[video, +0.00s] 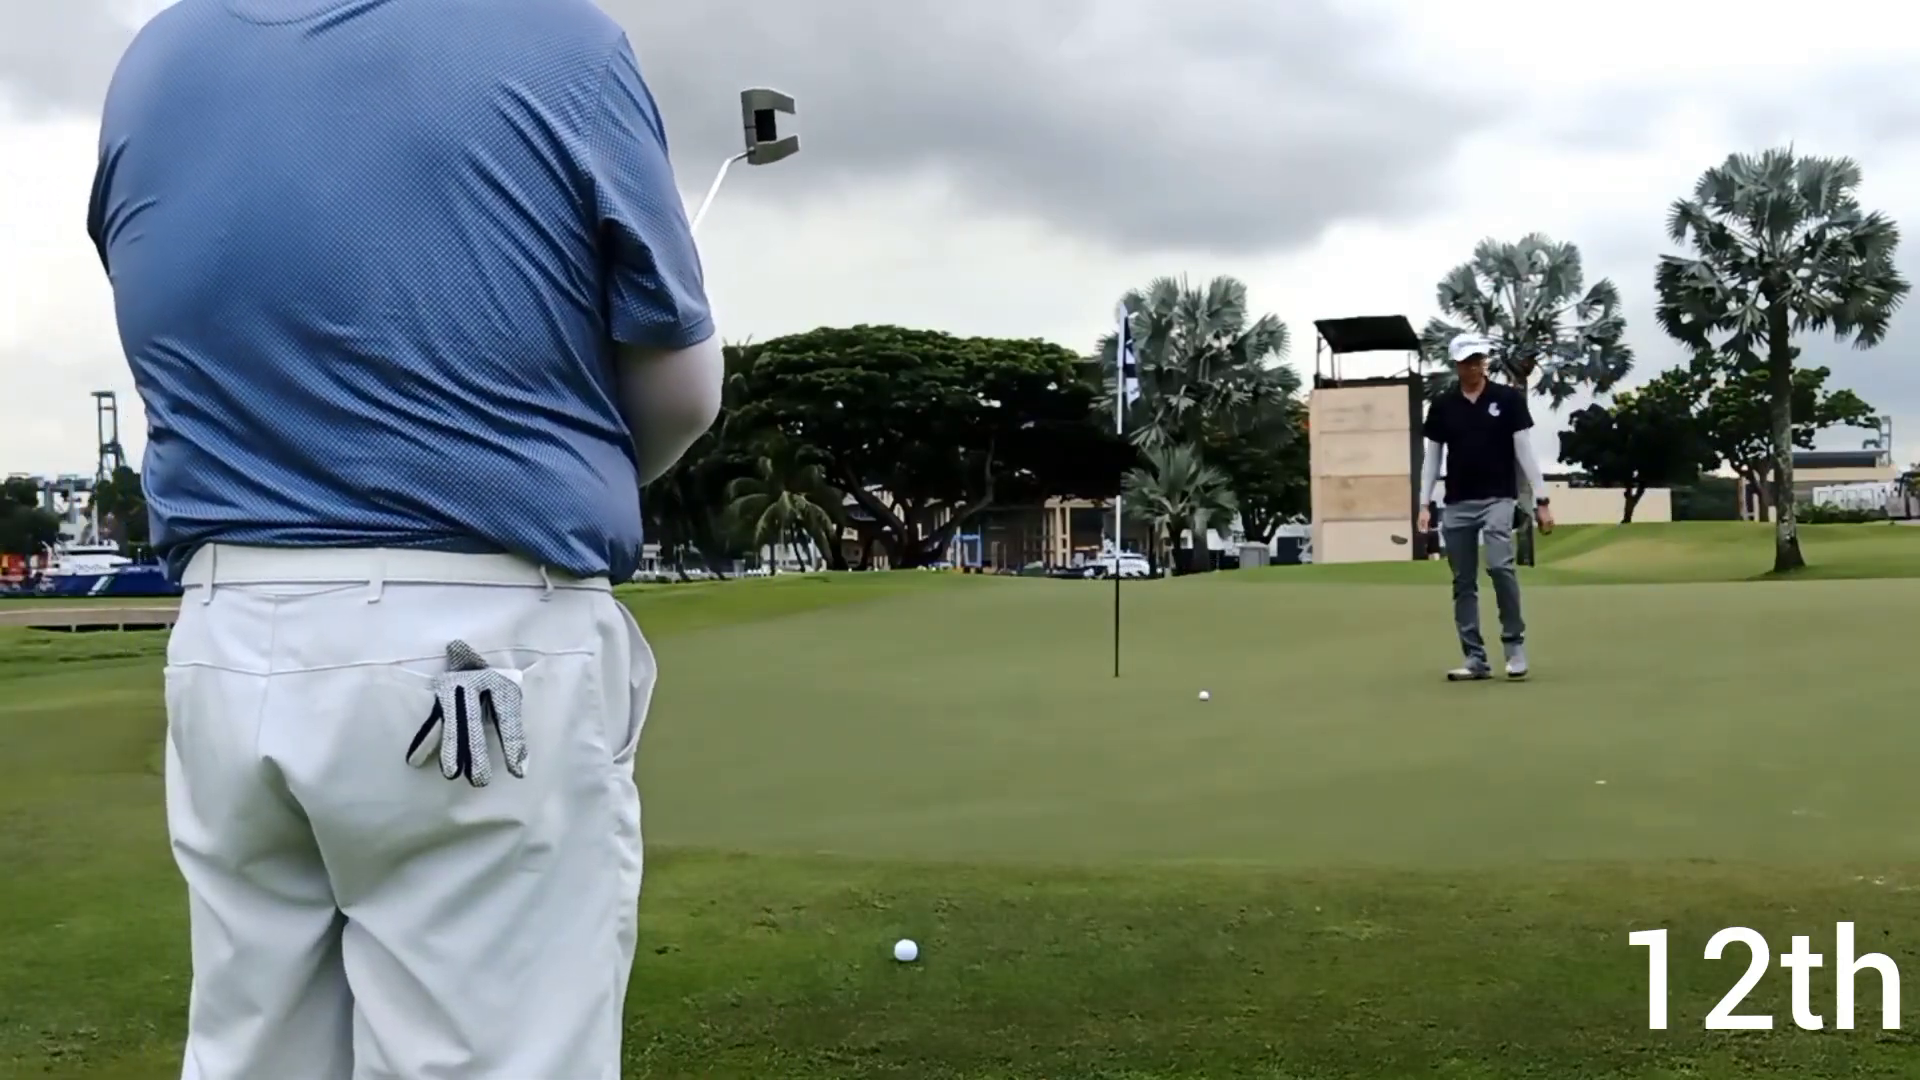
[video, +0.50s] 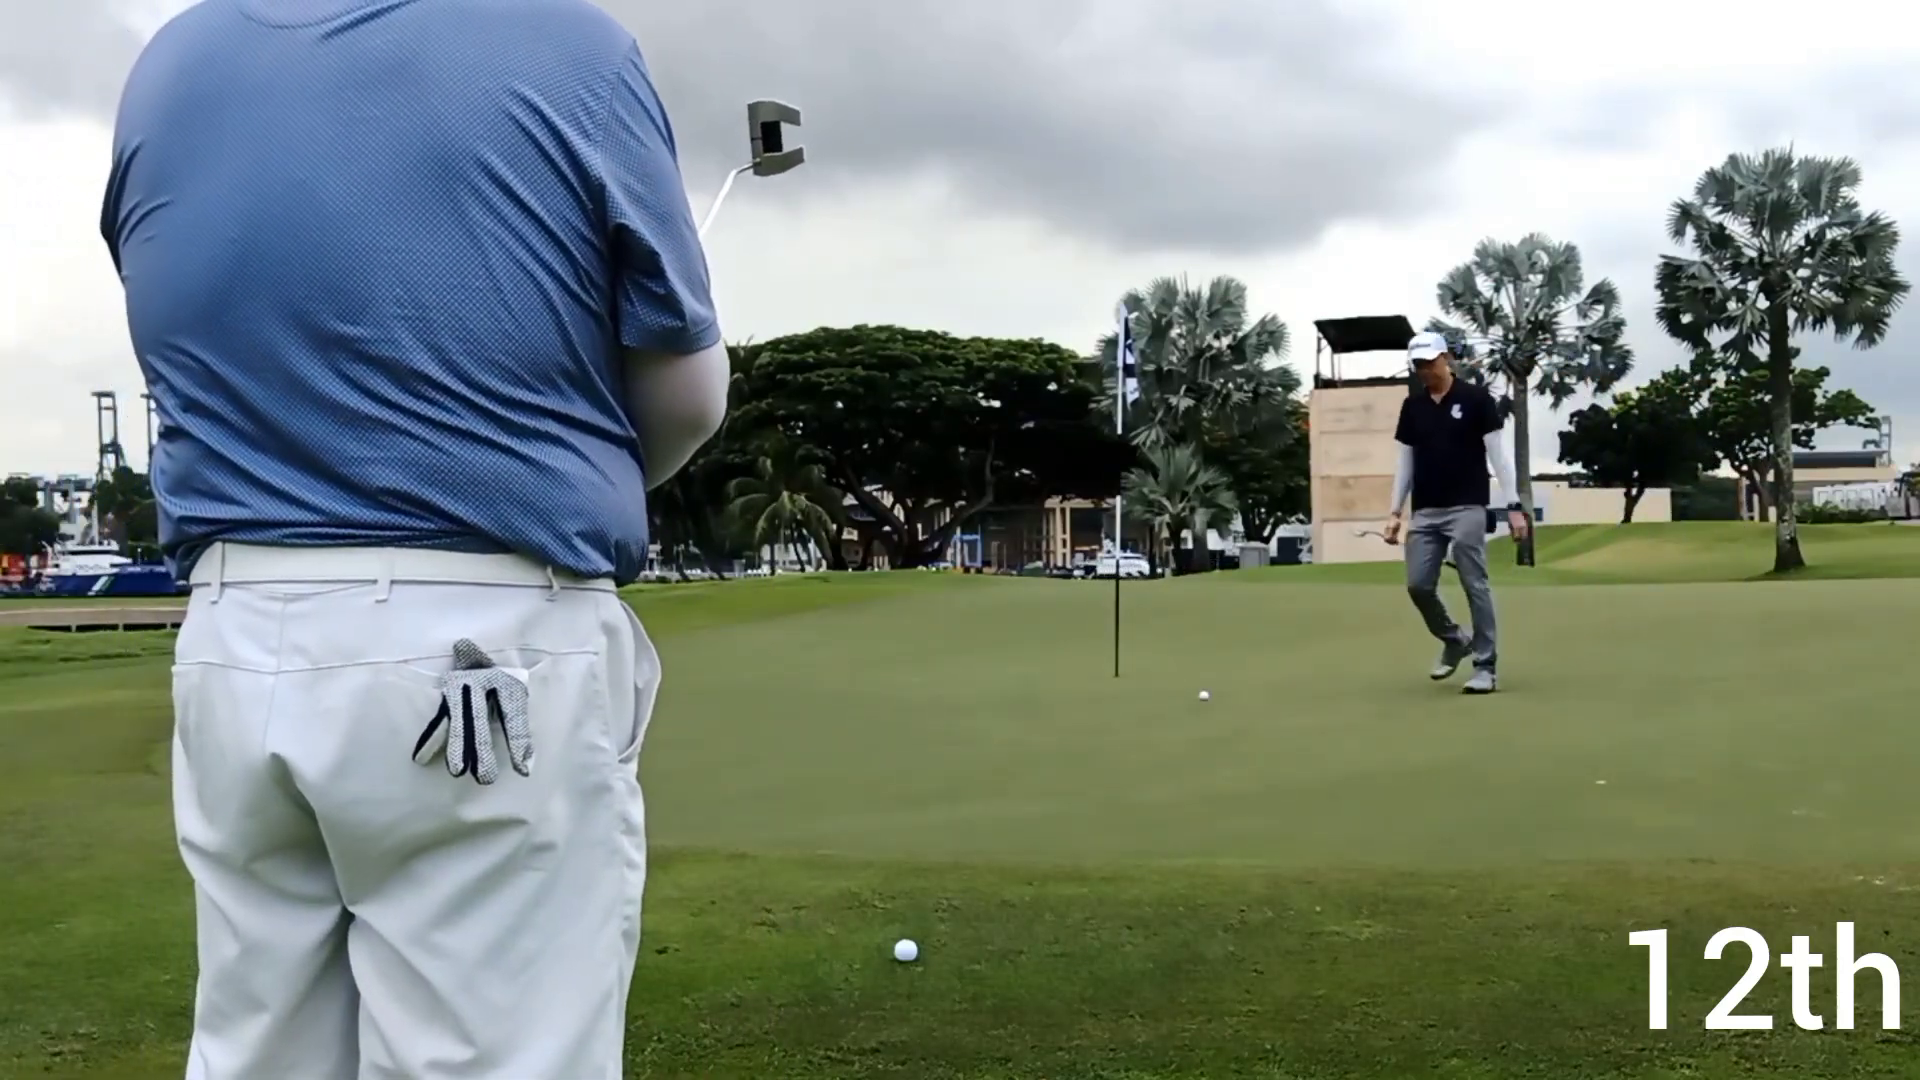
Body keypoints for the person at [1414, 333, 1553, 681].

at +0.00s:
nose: (1474, 367)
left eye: (1478, 359)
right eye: (1467, 361)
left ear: (1486, 361)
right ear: (1455, 365)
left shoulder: (1508, 399)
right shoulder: (1442, 406)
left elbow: (1526, 451)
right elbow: (1432, 460)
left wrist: (1541, 498)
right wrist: (1425, 505)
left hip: (1498, 502)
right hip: (1457, 506)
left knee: (1500, 568)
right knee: (1463, 584)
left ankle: (1514, 646)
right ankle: (1474, 658)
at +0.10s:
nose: (1461, 369)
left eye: (1465, 362)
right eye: (1454, 364)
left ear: (1477, 363)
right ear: (1445, 368)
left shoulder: (1502, 402)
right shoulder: (1435, 409)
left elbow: (1527, 450)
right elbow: (1421, 457)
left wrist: (1551, 497)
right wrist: (1409, 500)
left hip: (1492, 504)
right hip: (1451, 508)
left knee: (1493, 567)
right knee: (1460, 586)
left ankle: (1501, 654)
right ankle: (1474, 658)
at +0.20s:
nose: (1450, 375)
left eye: (1455, 367)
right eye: (1444, 370)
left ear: (1469, 365)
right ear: (1437, 373)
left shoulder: (1497, 404)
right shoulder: (1430, 412)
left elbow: (1526, 450)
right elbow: (1415, 458)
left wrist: (1553, 496)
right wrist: (1397, 500)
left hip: (1485, 509)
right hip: (1445, 513)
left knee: (1491, 575)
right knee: (1456, 589)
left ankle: (1492, 654)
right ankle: (1473, 657)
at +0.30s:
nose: (1444, 376)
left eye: (1449, 368)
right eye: (1438, 371)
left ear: (1465, 367)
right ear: (1432, 374)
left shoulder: (1493, 406)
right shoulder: (1425, 414)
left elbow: (1522, 455)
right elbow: (1411, 463)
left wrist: (1550, 500)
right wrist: (1391, 506)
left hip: (1480, 511)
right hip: (1441, 516)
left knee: (1481, 582)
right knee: (1449, 591)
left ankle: (1487, 665)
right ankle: (1471, 654)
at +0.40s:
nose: (1435, 374)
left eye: (1441, 366)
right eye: (1430, 368)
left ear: (1458, 364)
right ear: (1425, 370)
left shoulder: (1487, 406)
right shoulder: (1420, 414)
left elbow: (1513, 458)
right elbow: (1409, 466)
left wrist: (1539, 504)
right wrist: (1390, 513)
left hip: (1477, 511)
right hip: (1436, 517)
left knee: (1476, 578)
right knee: (1434, 593)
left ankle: (1486, 665)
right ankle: (1463, 640)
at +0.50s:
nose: (1423, 371)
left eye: (1428, 363)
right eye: (1417, 365)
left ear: (1447, 358)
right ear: (1413, 366)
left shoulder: (1476, 399)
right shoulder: (1412, 406)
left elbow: (1499, 455)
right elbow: (1405, 462)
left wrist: (1513, 505)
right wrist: (1396, 512)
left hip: (1467, 510)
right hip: (1424, 514)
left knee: (1475, 586)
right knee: (1418, 585)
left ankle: (1485, 667)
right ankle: (1454, 640)